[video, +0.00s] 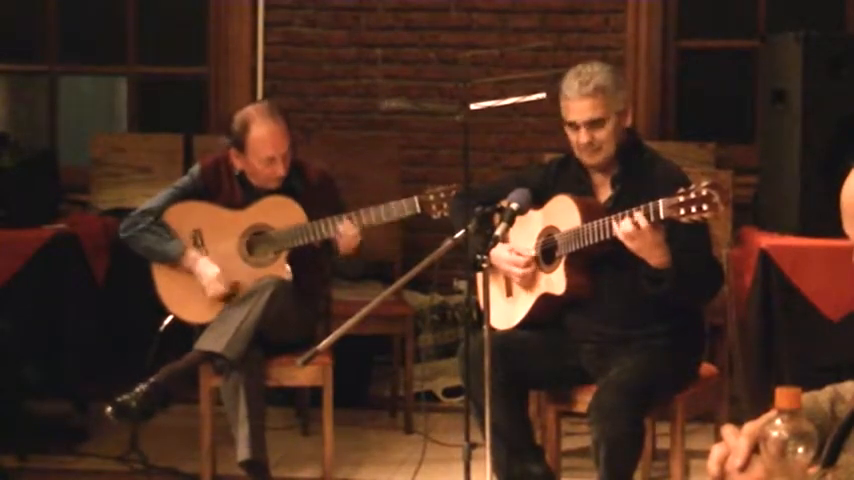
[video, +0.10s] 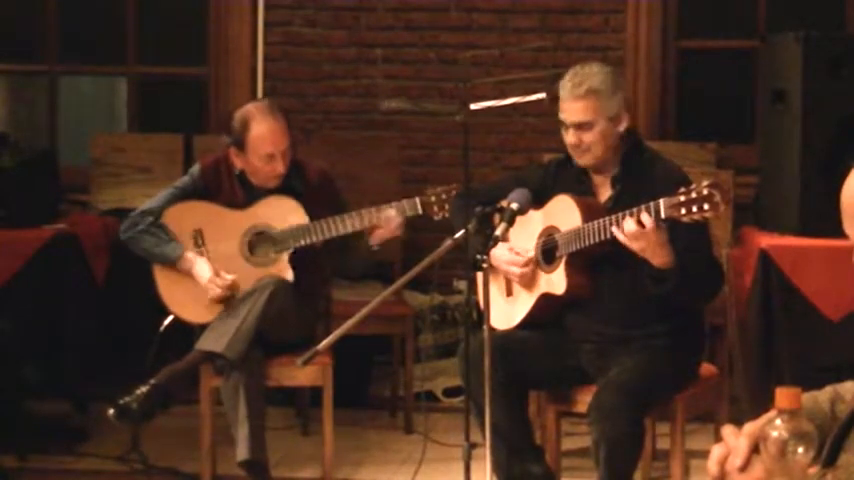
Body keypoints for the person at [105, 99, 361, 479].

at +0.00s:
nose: (280, 169)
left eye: (284, 157)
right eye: (269, 162)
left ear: (290, 145)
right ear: (238, 157)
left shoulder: (313, 183)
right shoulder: (213, 176)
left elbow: (343, 269)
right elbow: (134, 227)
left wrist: (347, 252)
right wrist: (195, 262)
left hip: (297, 315)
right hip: (228, 312)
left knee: (271, 289)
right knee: (245, 357)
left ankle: (165, 380)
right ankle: (255, 468)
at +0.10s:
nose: (280, 166)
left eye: (284, 154)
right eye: (268, 159)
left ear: (291, 144)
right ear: (238, 157)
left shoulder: (313, 182)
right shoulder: (212, 176)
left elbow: (340, 261)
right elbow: (135, 227)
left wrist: (373, 241)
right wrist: (192, 264)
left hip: (296, 315)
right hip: (231, 311)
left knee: (270, 288)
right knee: (244, 353)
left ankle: (167, 381)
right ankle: (255, 469)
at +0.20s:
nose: (280, 165)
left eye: (284, 152)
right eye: (268, 156)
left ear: (291, 143)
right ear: (238, 155)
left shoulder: (312, 181)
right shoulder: (212, 176)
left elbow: (343, 261)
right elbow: (136, 229)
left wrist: (378, 240)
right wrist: (191, 260)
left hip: (296, 314)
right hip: (228, 310)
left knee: (271, 288)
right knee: (244, 355)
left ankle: (168, 381)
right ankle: (254, 468)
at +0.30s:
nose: (281, 161)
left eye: (285, 149)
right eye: (270, 153)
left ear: (292, 140)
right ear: (239, 152)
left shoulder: (314, 182)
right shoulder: (211, 178)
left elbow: (341, 265)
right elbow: (134, 230)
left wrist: (362, 250)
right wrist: (197, 256)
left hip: (296, 315)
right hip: (228, 311)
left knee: (272, 288)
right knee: (245, 355)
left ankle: (170, 381)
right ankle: (255, 467)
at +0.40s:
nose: (280, 159)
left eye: (285, 147)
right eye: (269, 150)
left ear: (291, 140)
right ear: (238, 148)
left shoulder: (313, 183)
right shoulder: (212, 177)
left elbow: (341, 270)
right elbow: (134, 230)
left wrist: (352, 257)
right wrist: (202, 250)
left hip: (297, 315)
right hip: (228, 310)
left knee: (271, 287)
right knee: (245, 355)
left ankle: (167, 383)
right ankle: (255, 468)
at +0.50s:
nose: (281, 156)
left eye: (285, 144)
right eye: (269, 147)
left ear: (292, 138)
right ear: (238, 146)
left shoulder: (313, 181)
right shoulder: (212, 176)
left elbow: (339, 266)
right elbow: (135, 228)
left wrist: (348, 257)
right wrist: (203, 247)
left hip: (297, 314)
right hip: (228, 309)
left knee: (269, 288)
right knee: (244, 354)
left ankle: (169, 383)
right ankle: (253, 467)